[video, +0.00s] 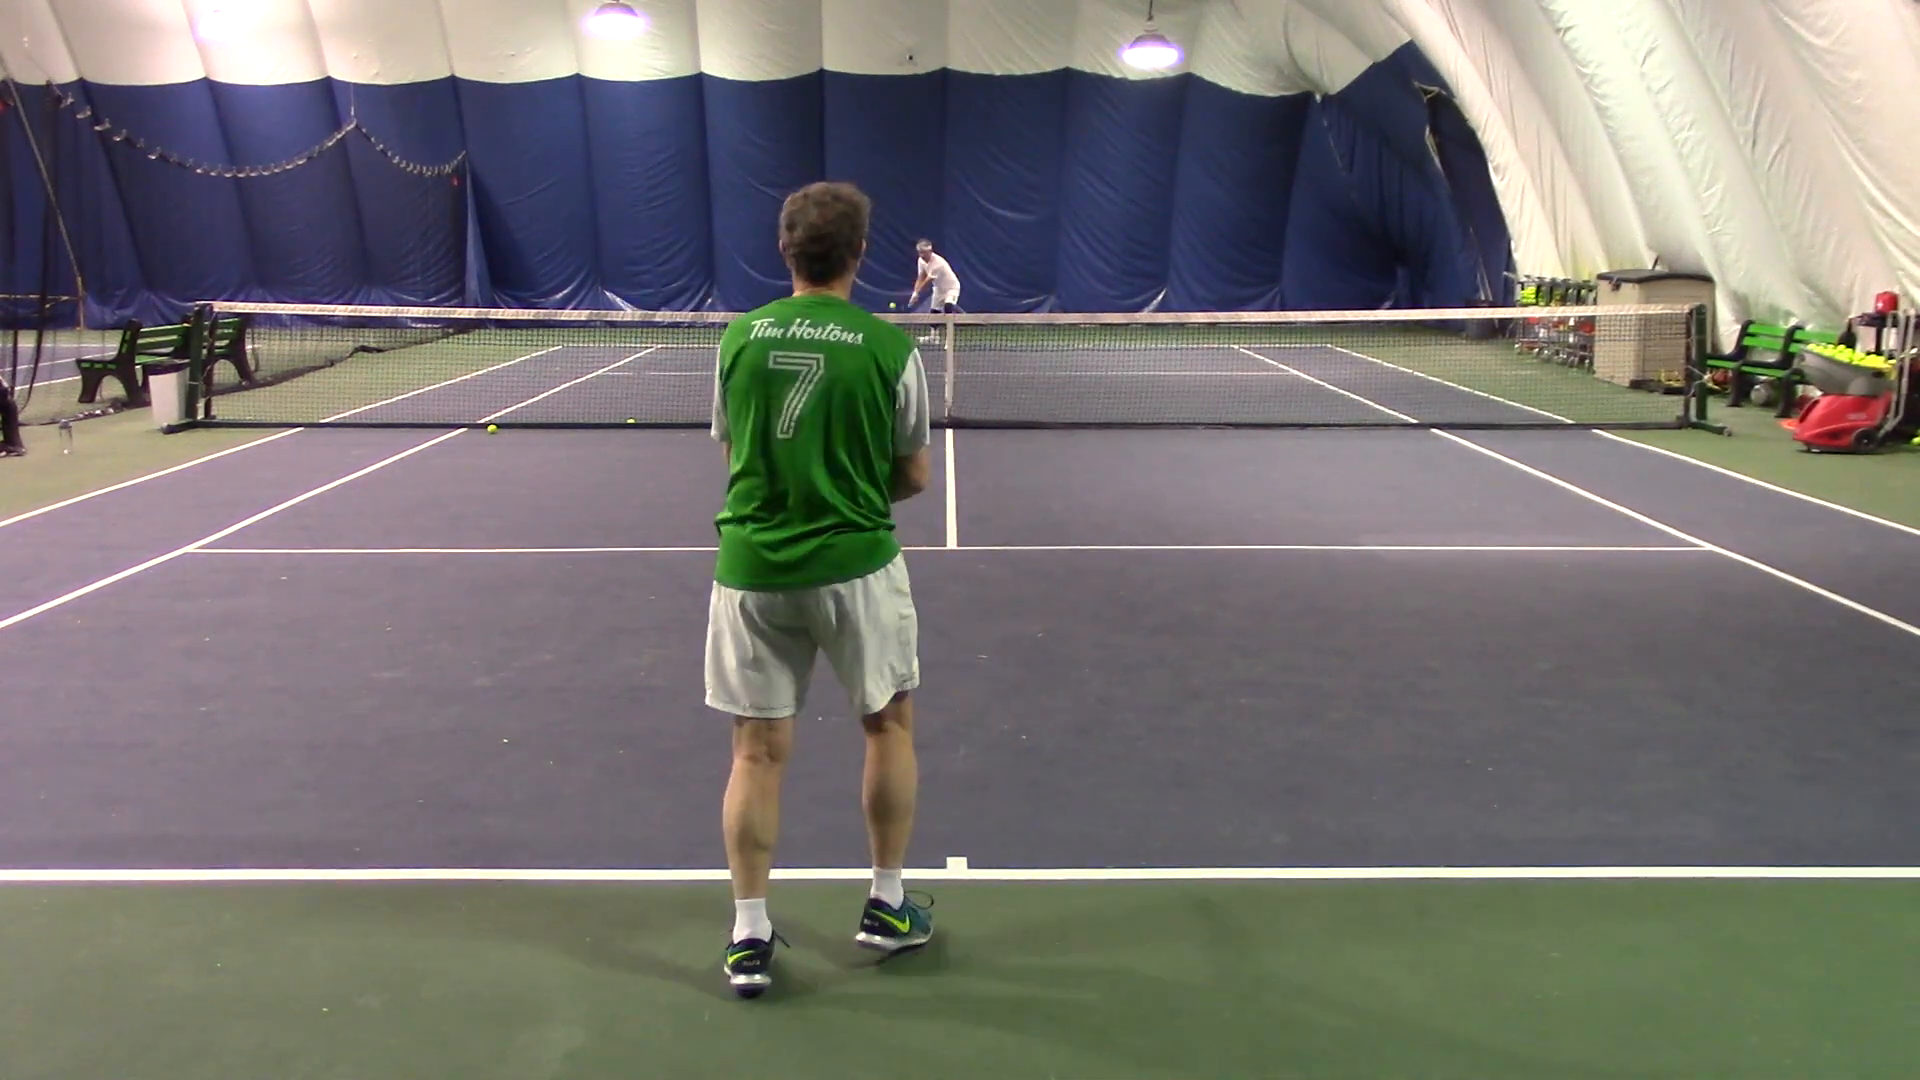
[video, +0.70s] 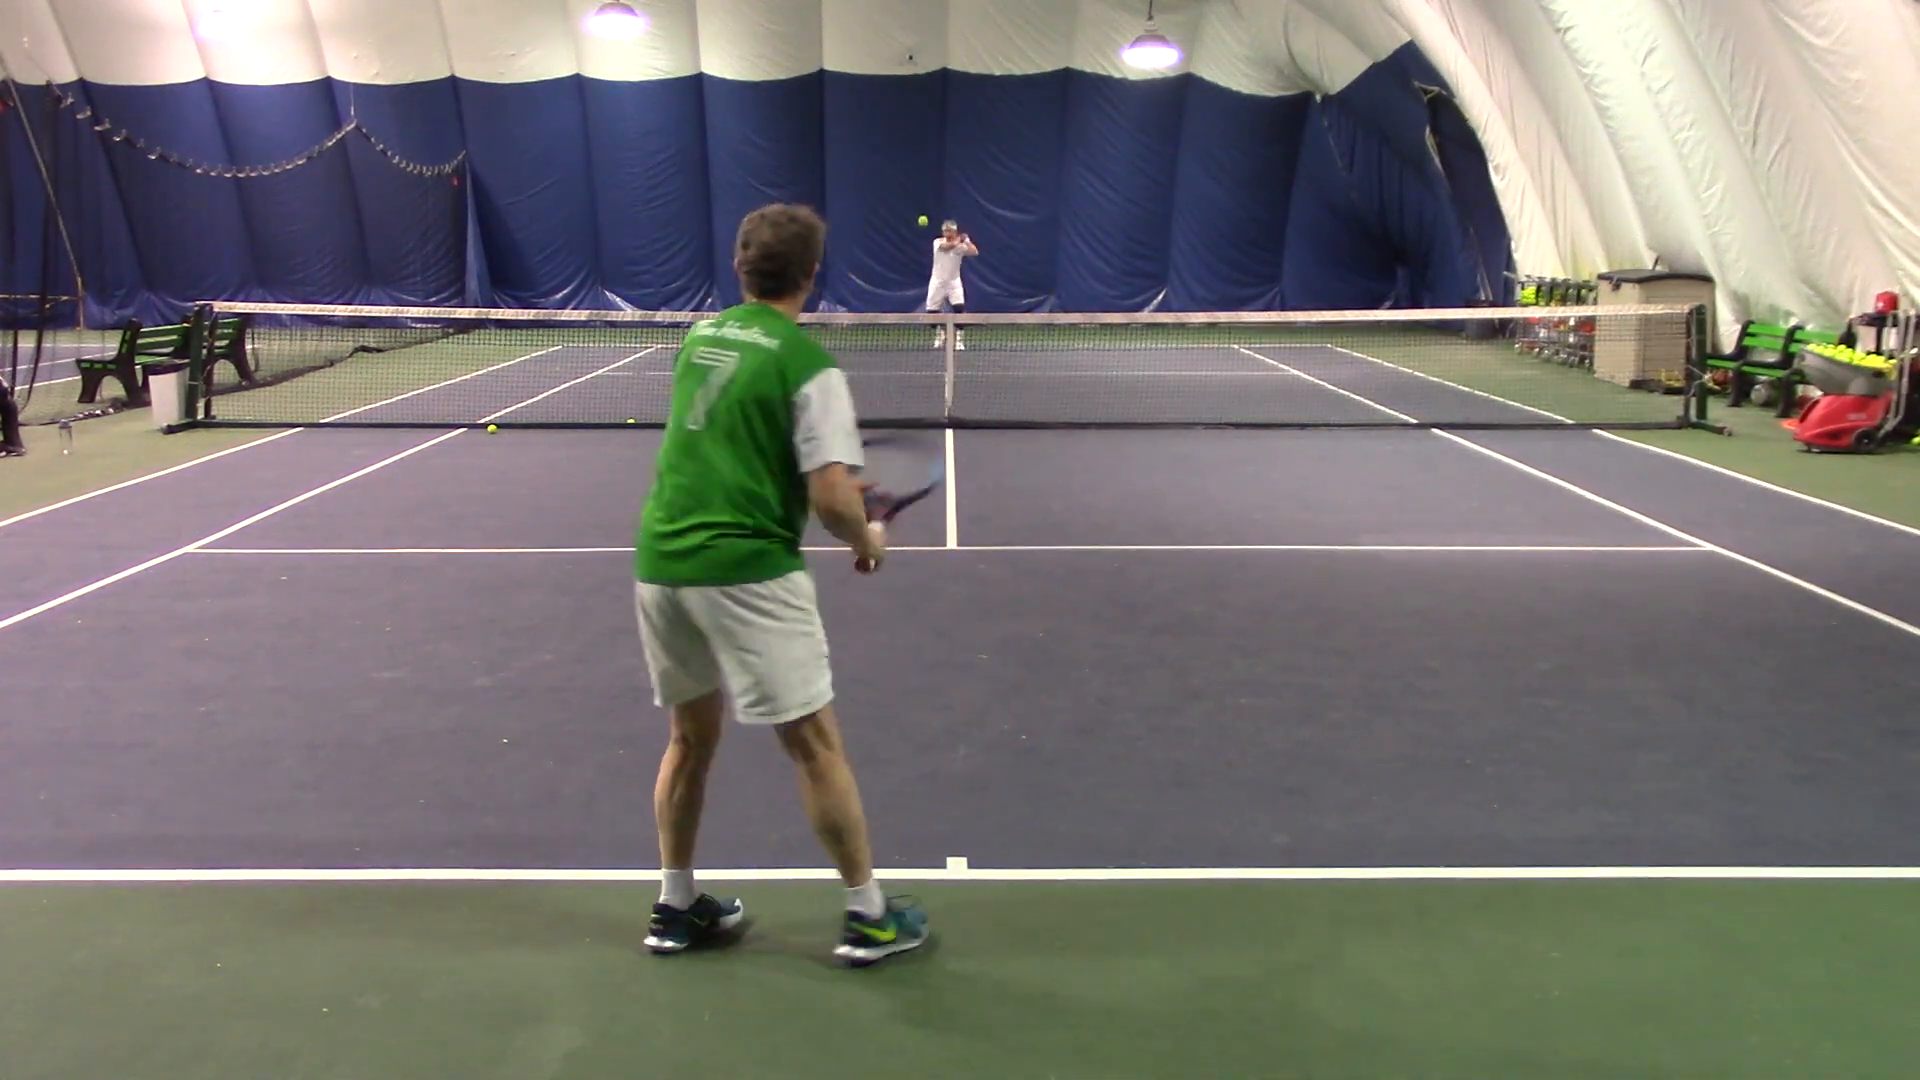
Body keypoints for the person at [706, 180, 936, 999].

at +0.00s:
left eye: (800, 240)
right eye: (856, 244)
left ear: (785, 252)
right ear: (860, 255)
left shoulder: (740, 337)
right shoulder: (892, 346)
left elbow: (734, 445)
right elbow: (913, 476)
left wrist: (812, 458)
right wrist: (846, 481)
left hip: (754, 568)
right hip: (859, 567)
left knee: (756, 750)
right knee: (888, 723)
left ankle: (748, 934)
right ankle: (887, 901)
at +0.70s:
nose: (817, 273)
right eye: (817, 264)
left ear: (740, 267)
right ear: (813, 275)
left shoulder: (701, 338)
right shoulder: (806, 363)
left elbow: (731, 450)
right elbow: (832, 496)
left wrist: (841, 486)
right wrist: (866, 541)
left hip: (662, 561)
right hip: (751, 569)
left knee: (691, 735)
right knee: (815, 746)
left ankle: (675, 904)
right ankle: (869, 911)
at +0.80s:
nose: (796, 274)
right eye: (796, 265)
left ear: (718, 266)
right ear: (788, 274)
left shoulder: (683, 336)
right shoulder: (767, 356)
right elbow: (789, 481)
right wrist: (874, 509)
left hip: (639, 563)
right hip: (721, 569)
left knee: (683, 733)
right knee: (788, 738)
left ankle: (674, 905)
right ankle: (795, 923)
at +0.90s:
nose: (780, 269)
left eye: (768, 255)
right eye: (780, 259)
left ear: (702, 264)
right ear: (771, 270)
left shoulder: (679, 332)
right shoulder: (740, 354)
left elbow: (767, 413)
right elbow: (754, 467)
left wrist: (873, 410)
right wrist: (868, 471)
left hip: (627, 566)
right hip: (699, 574)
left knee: (675, 739)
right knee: (757, 748)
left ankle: (674, 906)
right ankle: (712, 930)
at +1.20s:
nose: (761, 290)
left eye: (757, 278)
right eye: (761, 279)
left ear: (685, 275)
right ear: (747, 287)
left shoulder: (689, 343)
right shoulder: (685, 350)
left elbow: (782, 409)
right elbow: (660, 445)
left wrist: (849, 365)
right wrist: (768, 444)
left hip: (638, 581)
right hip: (640, 589)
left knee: (684, 751)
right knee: (665, 785)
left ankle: (675, 900)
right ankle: (609, 978)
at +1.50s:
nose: (772, 297)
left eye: (770, 283)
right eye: (772, 284)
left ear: (696, 278)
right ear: (755, 292)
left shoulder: (660, 334)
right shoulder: (697, 364)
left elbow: (664, 421)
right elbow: (694, 465)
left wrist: (747, 408)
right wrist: (769, 500)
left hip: (606, 576)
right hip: (640, 587)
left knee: (670, 735)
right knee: (669, 784)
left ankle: (688, 876)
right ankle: (610, 977)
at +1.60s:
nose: (782, 305)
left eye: (784, 293)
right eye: (782, 294)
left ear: (704, 285)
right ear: (763, 298)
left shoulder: (660, 337)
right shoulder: (715, 373)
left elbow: (608, 411)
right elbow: (736, 487)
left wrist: (718, 406)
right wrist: (826, 536)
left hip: (600, 583)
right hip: (655, 595)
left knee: (670, 746)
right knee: (668, 786)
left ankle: (694, 880)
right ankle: (611, 977)